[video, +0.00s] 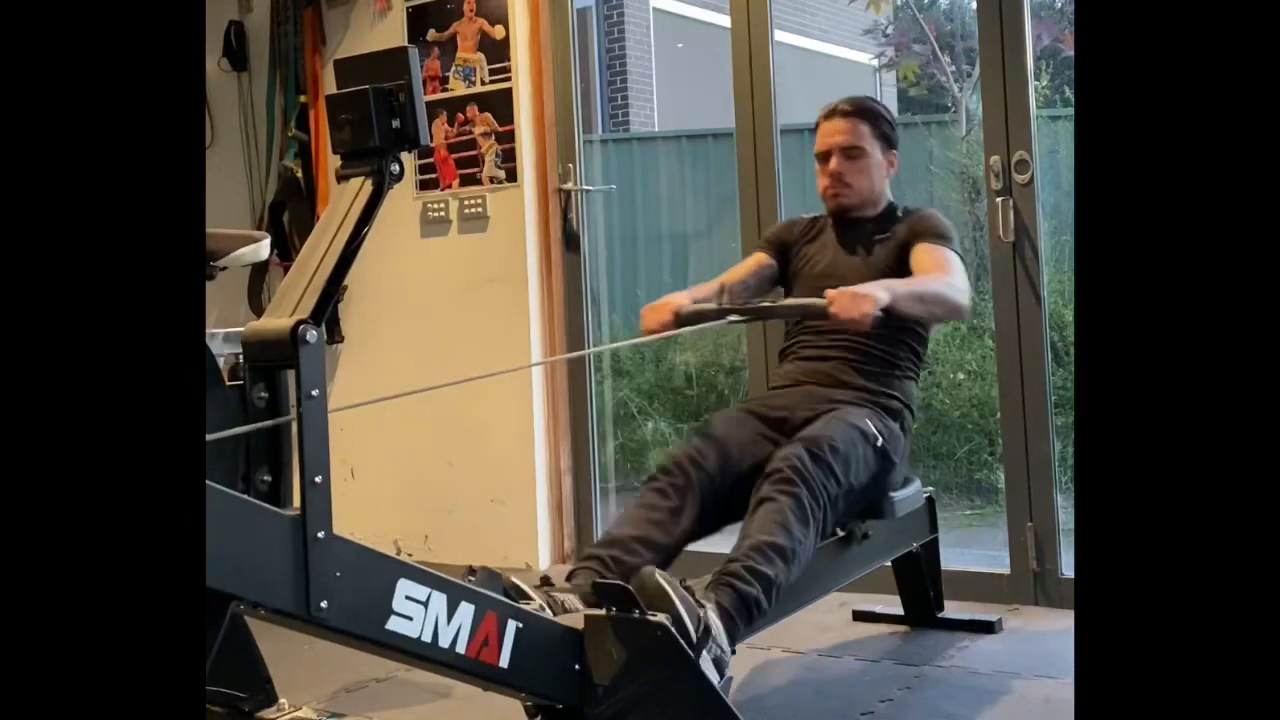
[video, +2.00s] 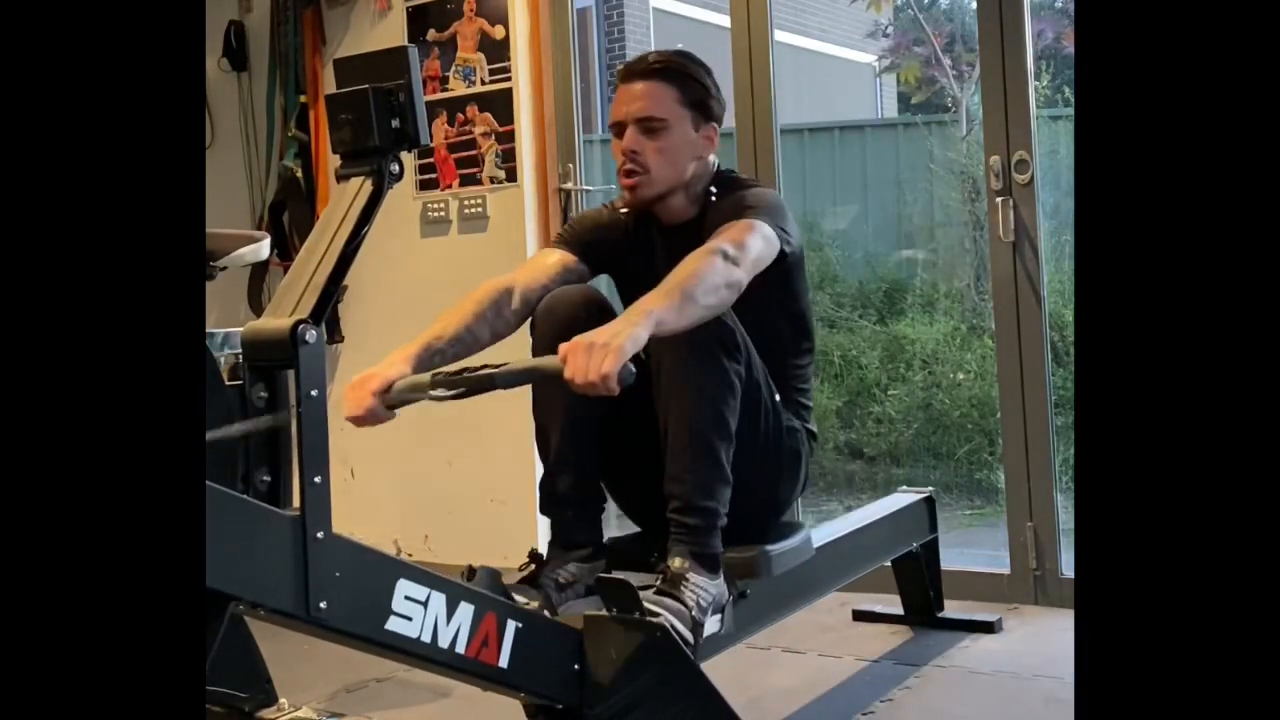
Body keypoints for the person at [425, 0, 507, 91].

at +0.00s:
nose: (471, 9)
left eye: (473, 6)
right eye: (468, 6)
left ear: (476, 8)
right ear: (463, 8)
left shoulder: (480, 22)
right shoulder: (457, 25)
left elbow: (493, 33)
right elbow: (445, 36)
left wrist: (498, 32)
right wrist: (435, 36)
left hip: (474, 60)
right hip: (460, 59)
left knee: (474, 89)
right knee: (458, 89)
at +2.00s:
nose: (471, 7)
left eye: (473, 5)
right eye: (469, 4)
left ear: (476, 8)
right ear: (463, 8)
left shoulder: (480, 22)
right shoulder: (457, 25)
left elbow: (493, 34)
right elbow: (445, 36)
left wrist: (498, 32)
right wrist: (435, 36)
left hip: (474, 60)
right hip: (460, 59)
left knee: (474, 89)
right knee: (458, 89)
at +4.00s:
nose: (471, 7)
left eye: (473, 4)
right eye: (468, 4)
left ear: (476, 7)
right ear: (463, 7)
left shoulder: (480, 22)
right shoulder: (457, 25)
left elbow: (494, 34)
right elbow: (444, 36)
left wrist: (498, 32)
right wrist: (435, 36)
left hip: (474, 60)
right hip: (460, 60)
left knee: (474, 89)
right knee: (458, 90)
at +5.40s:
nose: (471, 8)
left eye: (473, 6)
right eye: (468, 6)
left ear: (475, 8)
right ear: (463, 8)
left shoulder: (481, 22)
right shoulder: (458, 24)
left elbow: (493, 34)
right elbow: (445, 36)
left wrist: (499, 32)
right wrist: (435, 36)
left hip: (474, 60)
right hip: (460, 59)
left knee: (474, 89)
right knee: (458, 89)